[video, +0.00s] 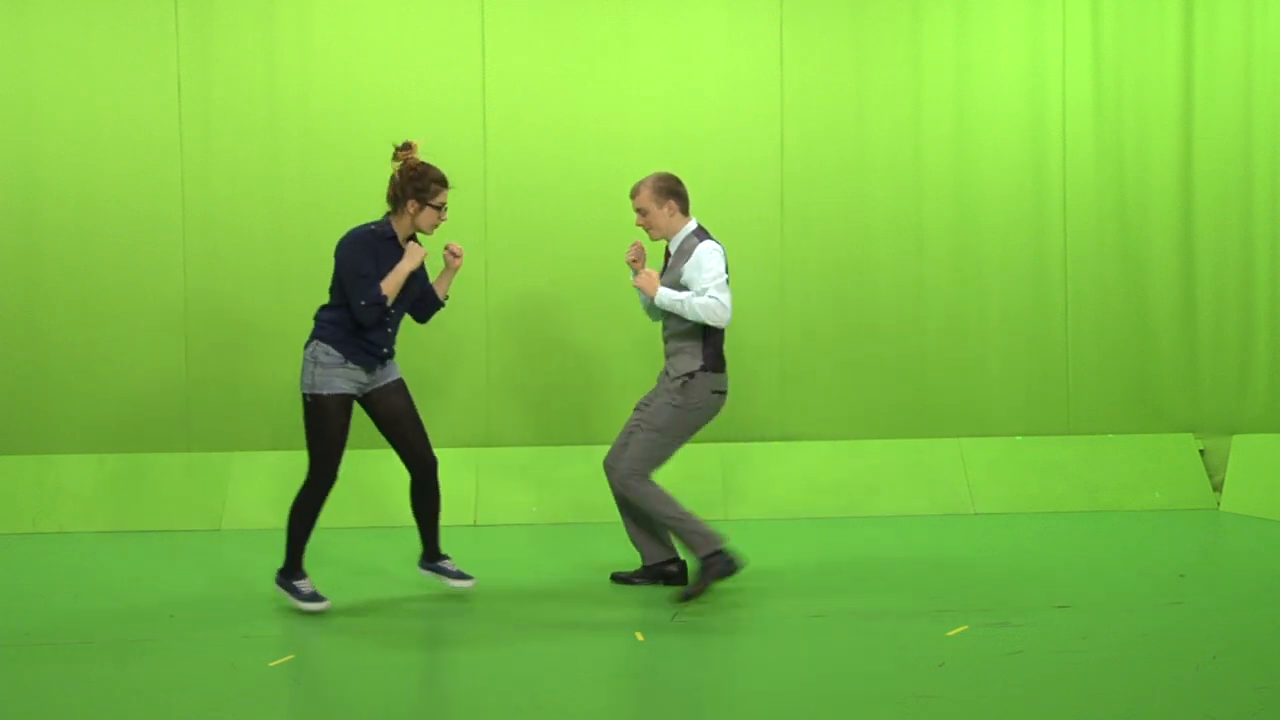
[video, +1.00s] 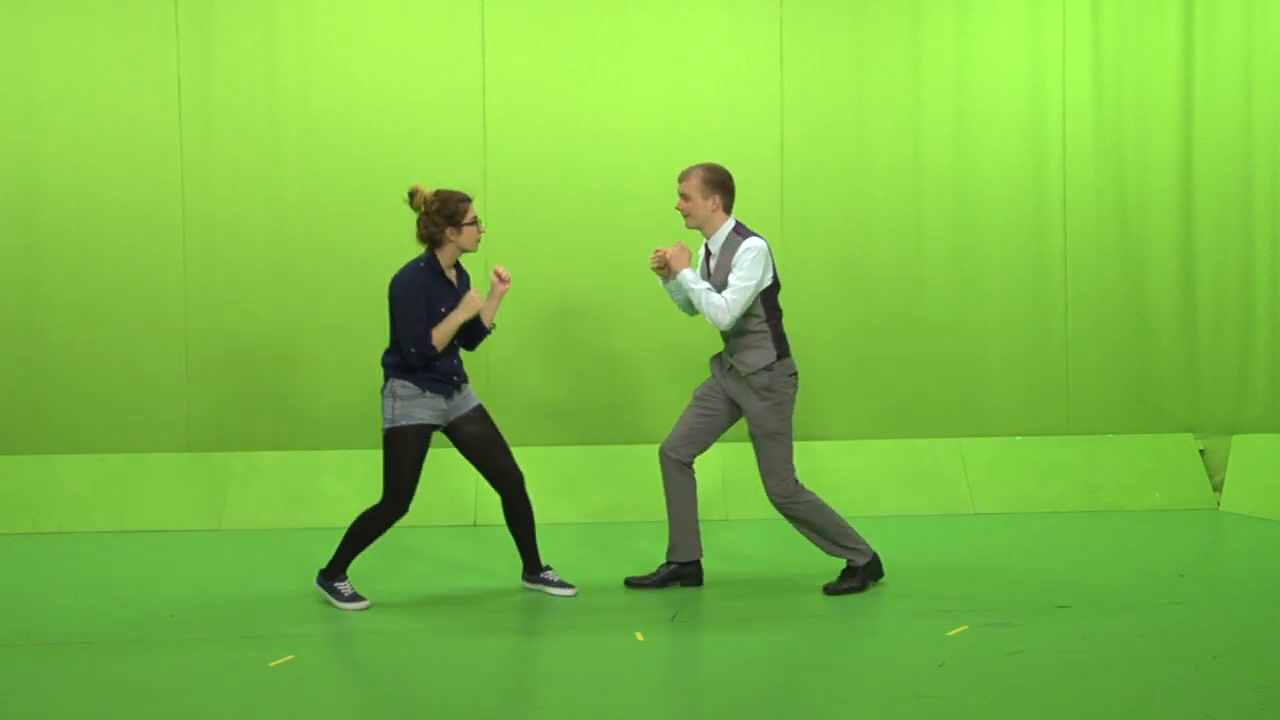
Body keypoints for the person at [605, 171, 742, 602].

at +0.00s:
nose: (641, 221)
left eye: (644, 212)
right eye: (637, 213)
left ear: (672, 208)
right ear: (669, 210)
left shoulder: (704, 249)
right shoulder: (676, 252)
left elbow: (719, 311)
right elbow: (658, 312)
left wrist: (658, 291)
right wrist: (639, 274)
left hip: (698, 383)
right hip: (676, 379)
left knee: (628, 470)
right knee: (617, 465)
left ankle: (714, 554)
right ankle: (661, 562)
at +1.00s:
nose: (678, 205)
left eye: (685, 197)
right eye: (678, 197)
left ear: (714, 202)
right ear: (708, 203)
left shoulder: (753, 249)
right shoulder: (708, 250)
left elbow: (724, 314)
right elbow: (692, 305)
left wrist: (685, 273)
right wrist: (670, 278)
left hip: (768, 378)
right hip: (731, 374)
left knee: (782, 489)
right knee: (675, 453)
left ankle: (863, 559)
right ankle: (685, 563)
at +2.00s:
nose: (736, 218)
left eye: (743, 209)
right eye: (735, 210)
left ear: (772, 210)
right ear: (765, 212)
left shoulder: (813, 255)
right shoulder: (761, 257)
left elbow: (798, 325)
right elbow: (741, 313)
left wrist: (755, 285)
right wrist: (722, 277)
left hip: (828, 380)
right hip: (788, 375)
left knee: (826, 490)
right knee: (728, 453)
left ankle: (911, 547)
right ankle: (736, 558)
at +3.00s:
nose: (929, 426)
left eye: (926, 421)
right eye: (923, 423)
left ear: (943, 405)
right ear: (944, 400)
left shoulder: (999, 393)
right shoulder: (964, 397)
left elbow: (992, 466)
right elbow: (969, 451)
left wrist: (941, 440)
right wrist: (965, 508)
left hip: (1082, 436)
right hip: (1061, 439)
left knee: (990, 466)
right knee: (995, 512)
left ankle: (1035, 547)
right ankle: (1095, 526)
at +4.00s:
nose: (938, 447)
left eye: (935, 442)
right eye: (931, 444)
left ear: (951, 428)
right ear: (951, 422)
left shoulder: (1007, 416)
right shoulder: (966, 412)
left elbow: (1004, 491)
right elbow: (968, 474)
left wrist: (951, 462)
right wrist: (959, 530)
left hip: (1083, 468)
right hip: (1050, 472)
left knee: (999, 470)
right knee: (981, 529)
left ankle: (1036, 551)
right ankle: (1077, 520)